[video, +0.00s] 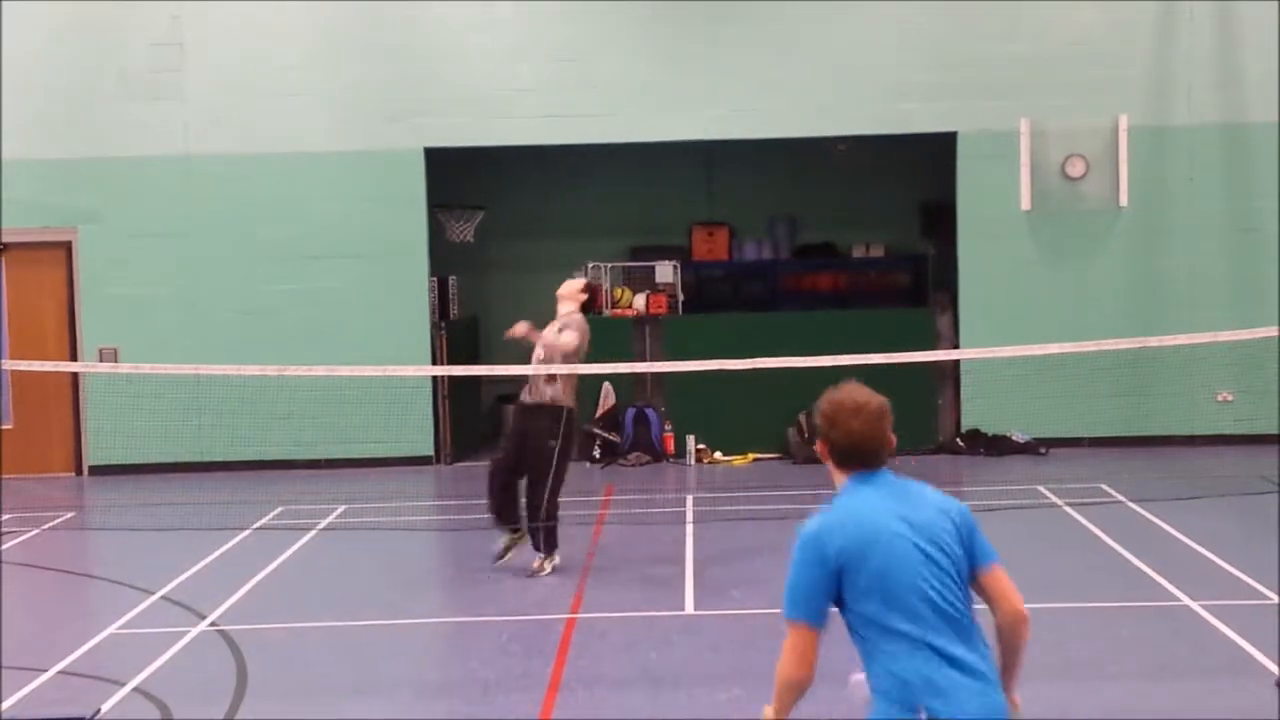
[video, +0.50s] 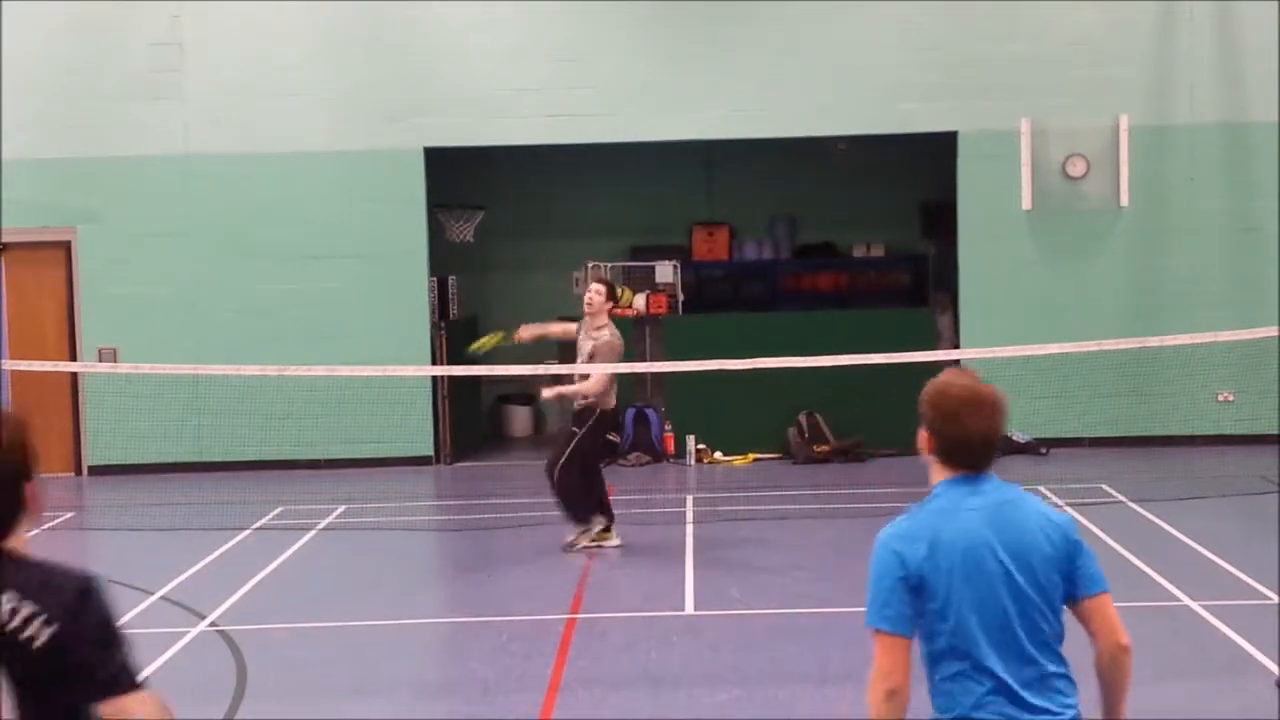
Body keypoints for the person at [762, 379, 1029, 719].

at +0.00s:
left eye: (817, 438)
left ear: (822, 450)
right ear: (892, 442)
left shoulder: (825, 531)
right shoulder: (945, 507)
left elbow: (797, 672)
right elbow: (1014, 614)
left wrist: (777, 711)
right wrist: (1007, 688)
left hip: (904, 709)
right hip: (984, 704)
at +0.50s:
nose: (918, 432)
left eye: (919, 425)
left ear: (925, 441)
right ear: (994, 439)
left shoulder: (904, 540)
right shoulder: (1050, 521)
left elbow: (890, 687)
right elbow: (1115, 644)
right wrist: (1114, 713)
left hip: (965, 710)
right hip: (1055, 709)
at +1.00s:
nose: (1002, 408)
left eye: (1013, 405)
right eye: (1011, 401)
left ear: (1028, 439)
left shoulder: (962, 514)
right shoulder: (1105, 528)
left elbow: (942, 642)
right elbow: (1129, 666)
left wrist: (930, 713)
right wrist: (1088, 710)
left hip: (983, 709)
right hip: (1070, 708)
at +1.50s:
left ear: (820, 412)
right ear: (886, 410)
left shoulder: (788, 486)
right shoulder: (921, 481)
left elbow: (751, 604)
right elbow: (965, 594)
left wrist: (737, 680)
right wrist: (955, 656)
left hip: (828, 695)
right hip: (909, 694)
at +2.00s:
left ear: (709, 404)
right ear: (771, 405)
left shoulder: (671, 468)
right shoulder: (791, 478)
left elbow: (644, 578)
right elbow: (813, 591)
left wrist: (671, 624)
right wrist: (821, 664)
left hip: (678, 664)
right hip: (752, 668)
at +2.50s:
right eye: (675, 452)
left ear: (612, 466)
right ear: (672, 463)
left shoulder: (585, 526)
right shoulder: (676, 524)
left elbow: (546, 642)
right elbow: (699, 632)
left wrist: (558, 697)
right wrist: (744, 701)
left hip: (574, 700)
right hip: (643, 697)